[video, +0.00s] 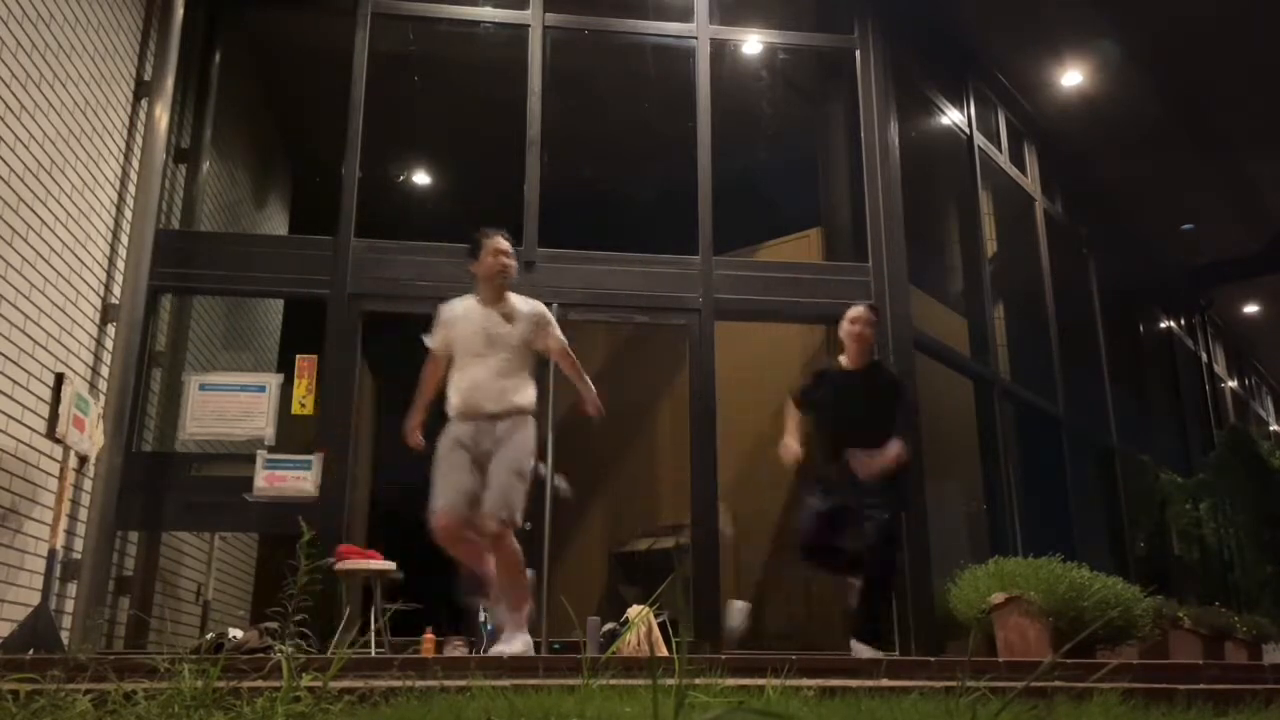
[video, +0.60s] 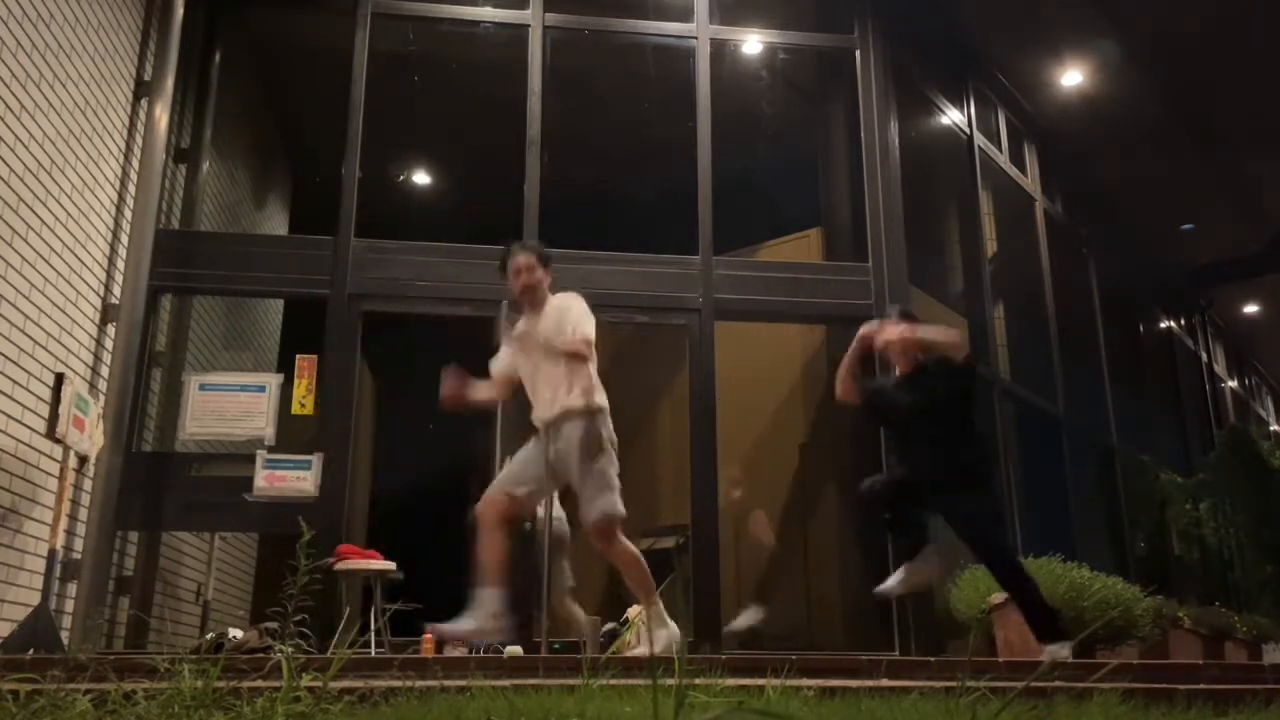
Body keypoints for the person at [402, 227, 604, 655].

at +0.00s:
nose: (505, 260)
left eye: (510, 254)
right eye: (495, 253)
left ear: (516, 266)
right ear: (475, 265)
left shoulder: (532, 313)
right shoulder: (452, 313)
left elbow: (563, 355)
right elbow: (435, 366)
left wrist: (587, 390)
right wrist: (416, 416)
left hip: (514, 425)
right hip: (462, 426)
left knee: (495, 526)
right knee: (446, 523)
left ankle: (516, 632)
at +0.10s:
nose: (522, 273)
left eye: (526, 268)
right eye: (512, 267)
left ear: (532, 280)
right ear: (492, 278)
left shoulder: (551, 331)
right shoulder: (471, 335)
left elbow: (576, 390)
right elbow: (456, 397)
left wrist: (604, 437)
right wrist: (440, 453)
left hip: (536, 442)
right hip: (484, 445)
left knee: (515, 532)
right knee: (489, 543)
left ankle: (519, 633)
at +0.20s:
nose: (531, 281)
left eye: (535, 275)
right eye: (521, 276)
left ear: (542, 286)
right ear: (502, 288)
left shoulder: (563, 331)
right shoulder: (489, 344)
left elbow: (586, 385)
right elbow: (464, 391)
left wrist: (586, 422)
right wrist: (449, 412)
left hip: (564, 439)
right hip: (514, 447)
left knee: (528, 521)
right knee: (544, 547)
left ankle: (530, 624)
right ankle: (604, 624)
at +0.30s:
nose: (532, 273)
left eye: (538, 267)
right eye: (523, 268)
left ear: (548, 276)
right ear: (509, 280)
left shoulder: (570, 315)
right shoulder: (500, 334)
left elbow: (599, 361)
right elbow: (457, 379)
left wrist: (562, 331)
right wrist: (455, 339)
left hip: (575, 426)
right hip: (531, 435)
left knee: (540, 490)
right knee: (561, 537)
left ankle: (558, 599)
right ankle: (609, 626)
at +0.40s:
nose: (535, 255)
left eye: (540, 247)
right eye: (526, 250)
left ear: (552, 254)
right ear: (514, 261)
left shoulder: (572, 289)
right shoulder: (508, 311)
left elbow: (593, 331)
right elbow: (473, 355)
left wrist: (554, 295)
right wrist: (462, 318)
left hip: (576, 408)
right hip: (535, 417)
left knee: (551, 488)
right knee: (538, 519)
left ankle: (594, 583)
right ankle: (587, 604)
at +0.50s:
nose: (529, 256)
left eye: (535, 247)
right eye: (522, 250)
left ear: (550, 252)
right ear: (512, 260)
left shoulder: (570, 285)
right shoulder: (514, 308)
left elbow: (585, 327)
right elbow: (488, 362)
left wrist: (541, 294)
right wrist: (463, 336)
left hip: (582, 406)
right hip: (543, 416)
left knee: (576, 507)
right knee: (511, 506)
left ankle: (633, 601)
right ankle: (565, 599)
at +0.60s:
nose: (524, 278)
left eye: (531, 270)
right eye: (516, 272)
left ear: (547, 273)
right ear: (509, 281)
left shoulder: (568, 304)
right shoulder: (518, 333)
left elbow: (583, 349)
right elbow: (498, 388)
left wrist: (534, 331)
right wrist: (465, 390)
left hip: (586, 425)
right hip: (548, 434)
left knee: (605, 534)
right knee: (491, 509)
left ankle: (660, 625)